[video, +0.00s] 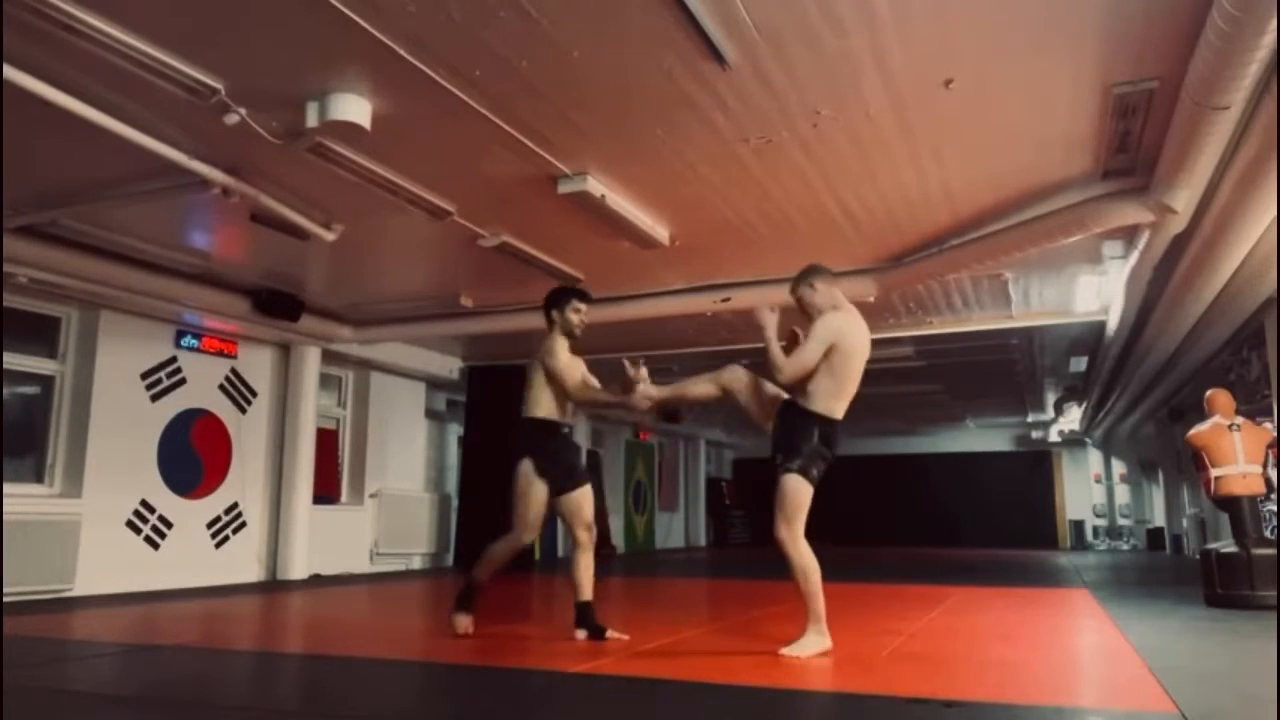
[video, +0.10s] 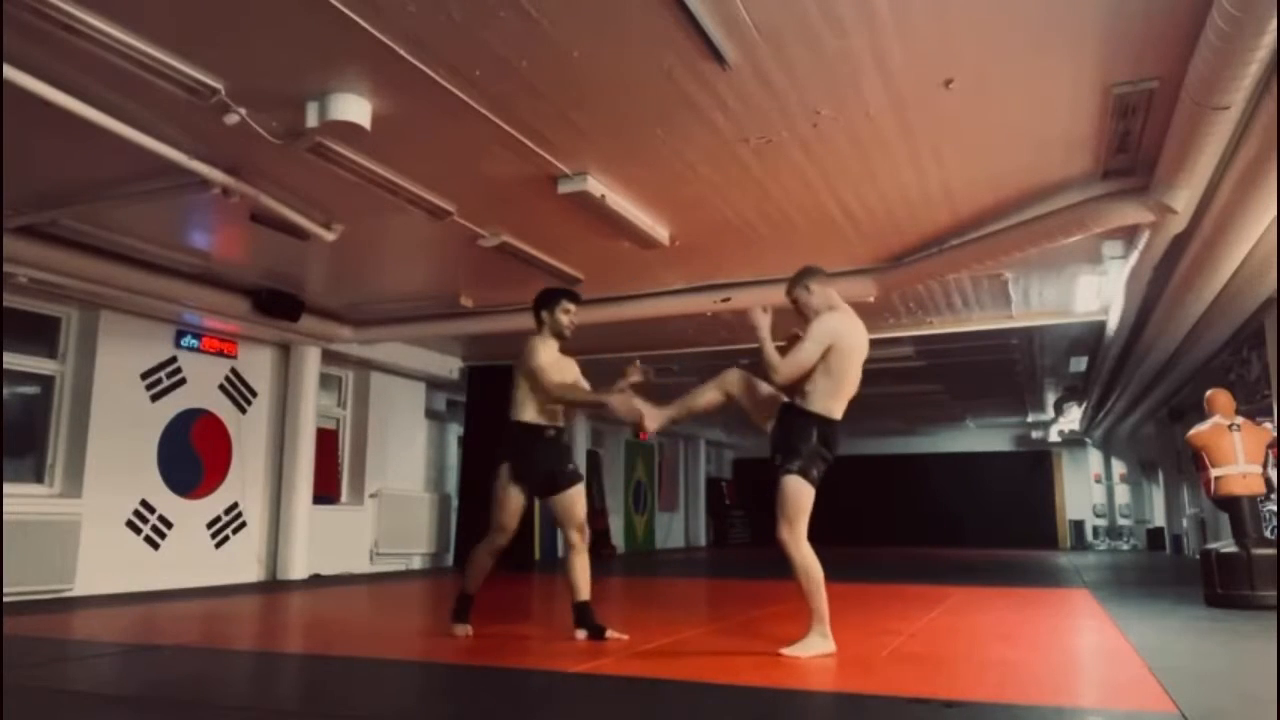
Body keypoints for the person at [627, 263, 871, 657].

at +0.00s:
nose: (803, 309)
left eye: (803, 300)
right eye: (801, 303)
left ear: (820, 287)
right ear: (826, 288)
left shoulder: (834, 322)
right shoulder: (851, 324)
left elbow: (785, 372)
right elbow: (820, 380)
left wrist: (769, 331)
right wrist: (800, 348)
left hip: (810, 430)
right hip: (793, 416)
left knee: (789, 532)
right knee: (733, 376)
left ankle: (818, 632)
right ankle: (652, 394)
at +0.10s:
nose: (800, 313)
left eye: (799, 304)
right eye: (798, 306)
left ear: (814, 289)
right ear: (821, 289)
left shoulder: (831, 323)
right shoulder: (851, 326)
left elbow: (780, 374)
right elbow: (802, 380)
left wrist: (763, 332)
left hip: (807, 431)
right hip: (793, 419)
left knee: (792, 535)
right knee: (732, 379)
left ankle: (821, 634)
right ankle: (659, 416)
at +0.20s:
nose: (799, 319)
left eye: (797, 310)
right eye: (795, 313)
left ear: (812, 293)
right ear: (819, 292)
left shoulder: (833, 327)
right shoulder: (850, 330)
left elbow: (782, 377)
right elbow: (839, 398)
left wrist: (766, 332)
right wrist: (786, 415)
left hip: (809, 434)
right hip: (798, 426)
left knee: (789, 538)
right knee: (730, 396)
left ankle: (820, 635)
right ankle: (669, 452)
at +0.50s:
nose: (789, 302)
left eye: (789, 293)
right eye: (786, 295)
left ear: (805, 281)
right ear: (813, 281)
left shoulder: (820, 316)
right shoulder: (842, 317)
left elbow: (811, 377)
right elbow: (818, 371)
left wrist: (767, 387)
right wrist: (781, 362)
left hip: (809, 428)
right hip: (820, 426)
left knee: (811, 533)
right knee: (772, 504)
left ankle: (823, 634)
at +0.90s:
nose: (781, 316)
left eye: (779, 307)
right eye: (776, 310)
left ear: (793, 293)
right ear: (803, 291)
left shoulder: (812, 320)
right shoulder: (842, 325)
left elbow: (780, 366)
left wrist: (734, 343)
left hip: (811, 431)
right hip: (839, 433)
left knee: (764, 519)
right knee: (840, 535)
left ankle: (775, 619)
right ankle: (851, 631)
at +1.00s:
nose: (778, 313)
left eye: (778, 305)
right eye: (775, 307)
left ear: (793, 292)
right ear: (804, 289)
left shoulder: (809, 319)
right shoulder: (841, 326)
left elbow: (759, 350)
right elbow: (793, 354)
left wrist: (724, 317)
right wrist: (767, 323)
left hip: (805, 432)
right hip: (836, 434)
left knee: (776, 530)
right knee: (841, 537)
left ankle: (765, 628)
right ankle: (852, 631)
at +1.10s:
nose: (776, 316)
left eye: (776, 309)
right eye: (773, 311)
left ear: (789, 294)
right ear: (801, 291)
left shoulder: (804, 320)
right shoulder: (840, 330)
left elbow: (746, 351)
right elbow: (774, 359)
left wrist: (711, 317)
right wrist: (749, 322)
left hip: (796, 432)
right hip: (829, 434)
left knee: (779, 533)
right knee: (840, 537)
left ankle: (765, 629)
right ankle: (852, 631)